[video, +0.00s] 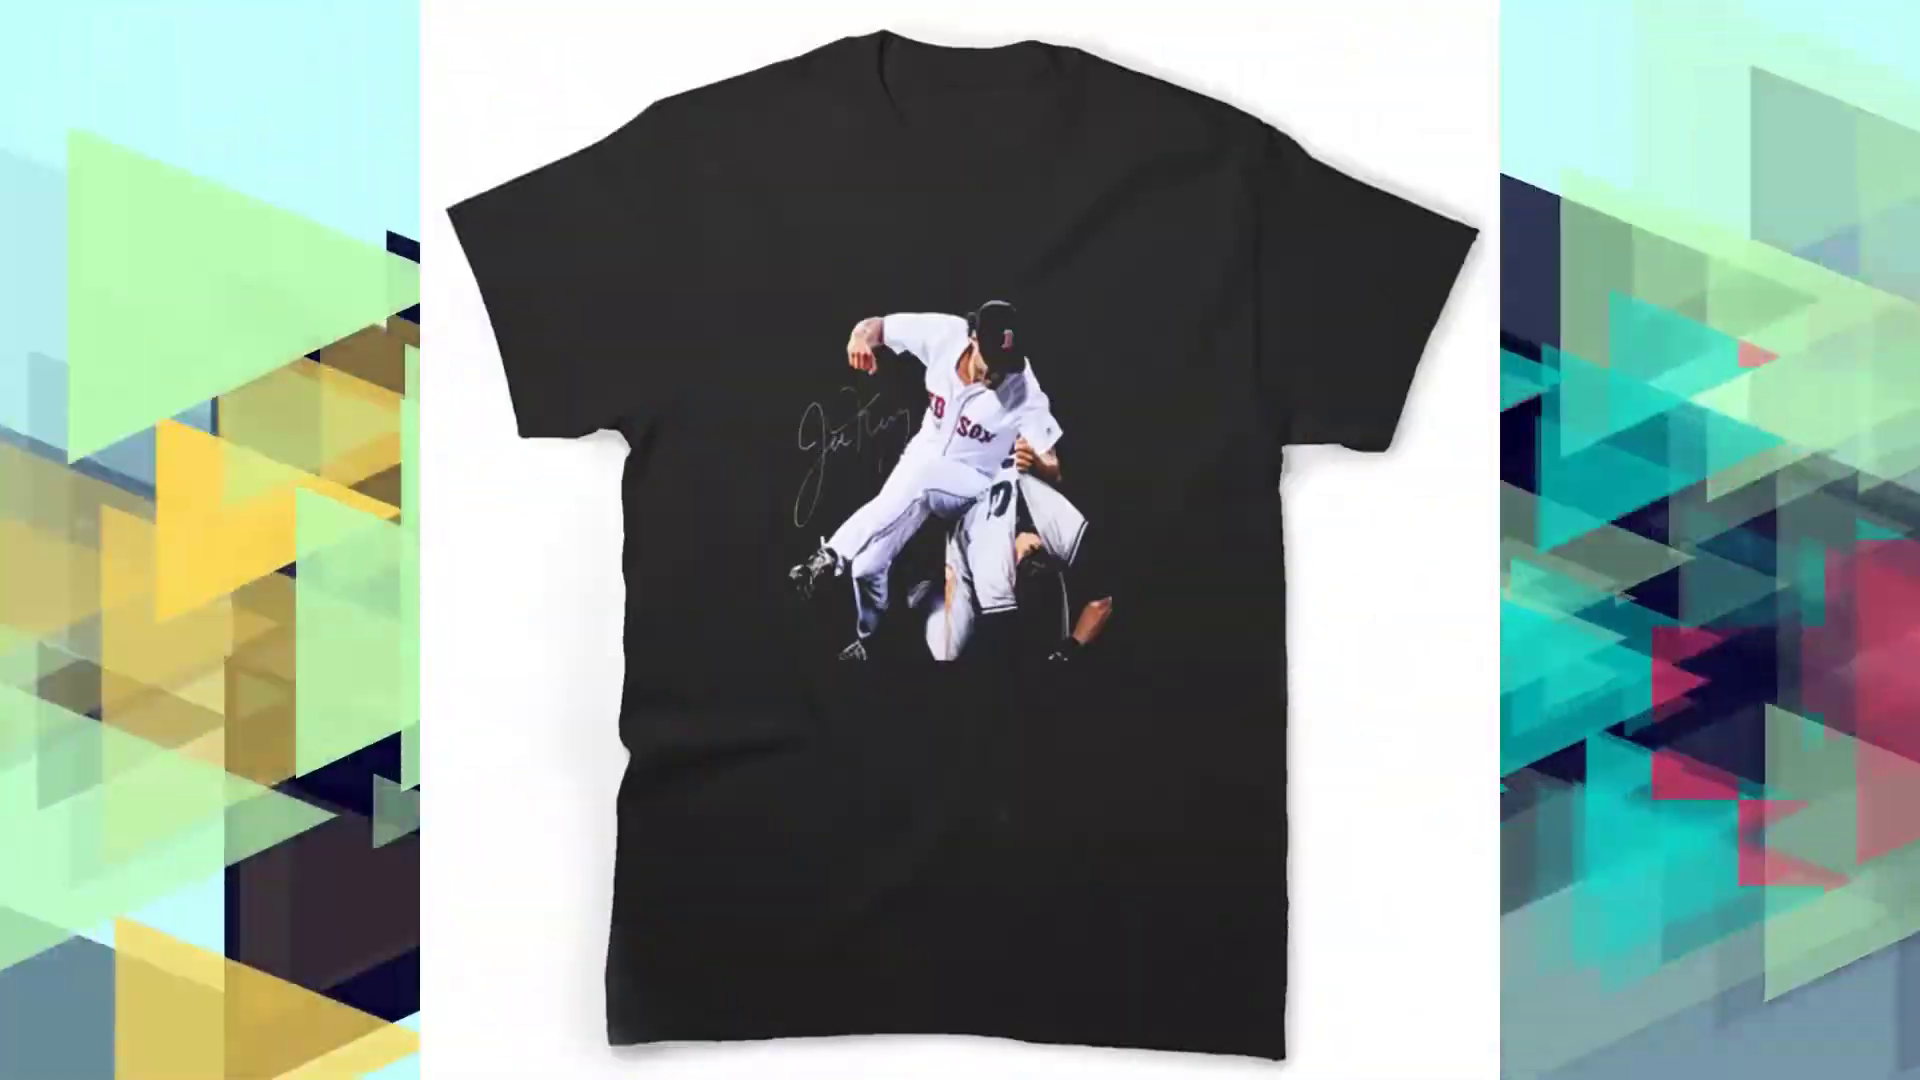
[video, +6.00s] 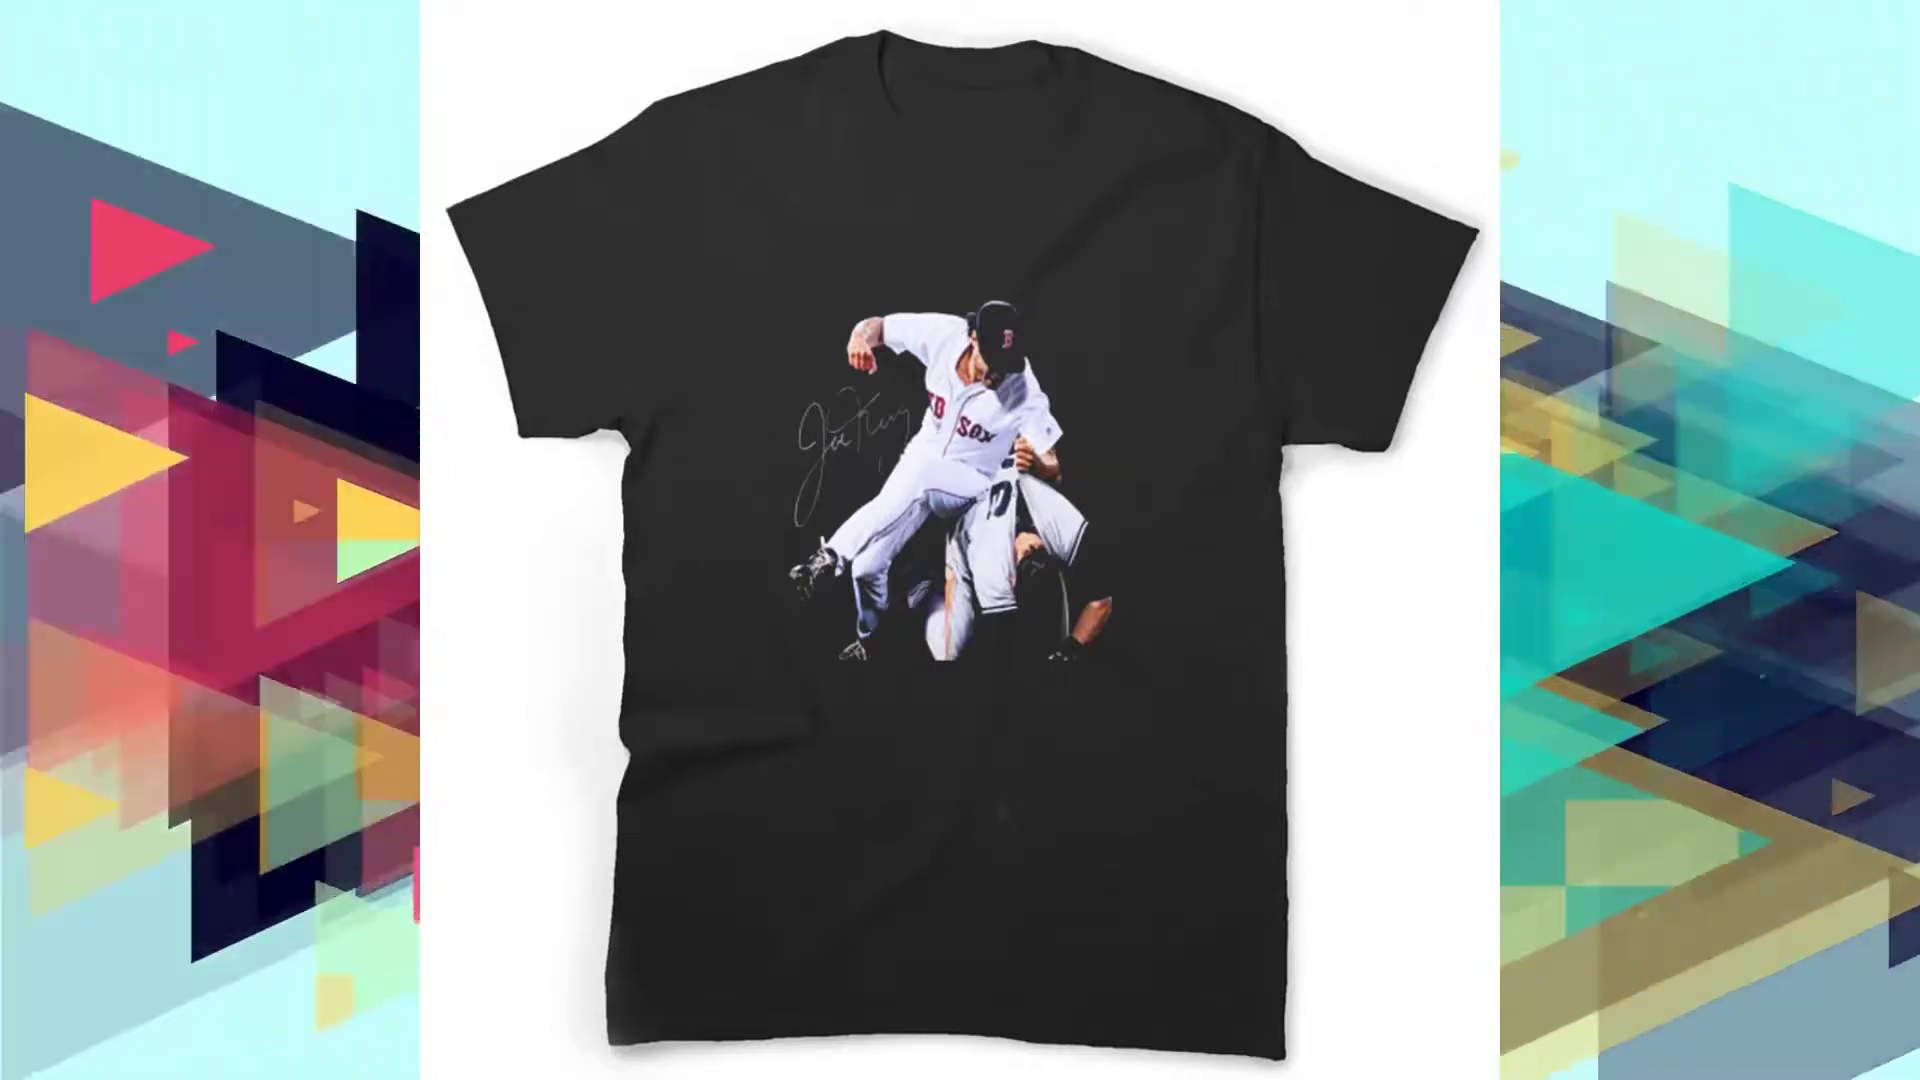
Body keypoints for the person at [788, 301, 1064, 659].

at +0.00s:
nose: (995, 373)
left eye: (1004, 366)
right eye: (990, 364)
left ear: (1016, 355)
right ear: (973, 342)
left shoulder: (1023, 390)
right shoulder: (946, 334)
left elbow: (1055, 470)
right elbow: (874, 327)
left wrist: (1038, 463)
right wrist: (861, 340)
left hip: (978, 482)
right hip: (922, 460)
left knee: (920, 477)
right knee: (867, 565)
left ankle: (827, 559)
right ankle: (870, 640)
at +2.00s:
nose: (997, 374)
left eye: (1006, 367)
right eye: (991, 364)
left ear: (1017, 354)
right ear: (973, 341)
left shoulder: (1023, 389)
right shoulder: (946, 334)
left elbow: (1054, 468)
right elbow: (878, 327)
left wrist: (1038, 463)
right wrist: (861, 338)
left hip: (979, 482)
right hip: (922, 460)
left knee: (920, 476)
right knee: (867, 566)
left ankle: (828, 560)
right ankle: (871, 642)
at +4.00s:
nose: (997, 374)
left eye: (1006, 367)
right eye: (991, 364)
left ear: (1017, 354)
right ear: (973, 341)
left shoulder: (1023, 389)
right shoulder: (946, 334)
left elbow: (1054, 468)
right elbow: (878, 327)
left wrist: (1038, 463)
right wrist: (861, 339)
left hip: (979, 482)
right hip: (922, 460)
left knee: (920, 476)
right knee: (867, 566)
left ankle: (828, 560)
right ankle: (871, 642)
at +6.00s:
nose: (997, 374)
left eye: (1006, 367)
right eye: (991, 364)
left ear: (1017, 354)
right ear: (973, 341)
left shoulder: (1023, 389)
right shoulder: (946, 334)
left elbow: (1054, 468)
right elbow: (878, 327)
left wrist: (1038, 463)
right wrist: (861, 339)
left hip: (979, 482)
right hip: (922, 460)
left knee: (920, 476)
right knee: (867, 566)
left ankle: (829, 559)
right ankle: (871, 641)